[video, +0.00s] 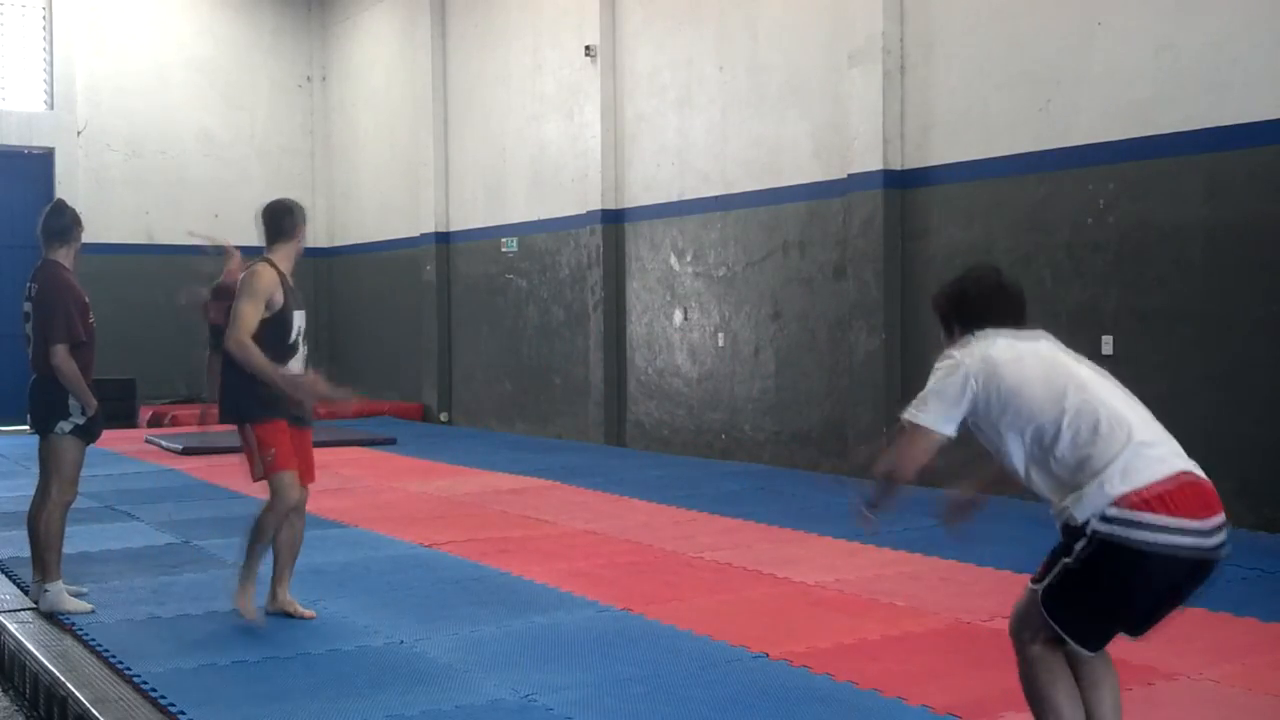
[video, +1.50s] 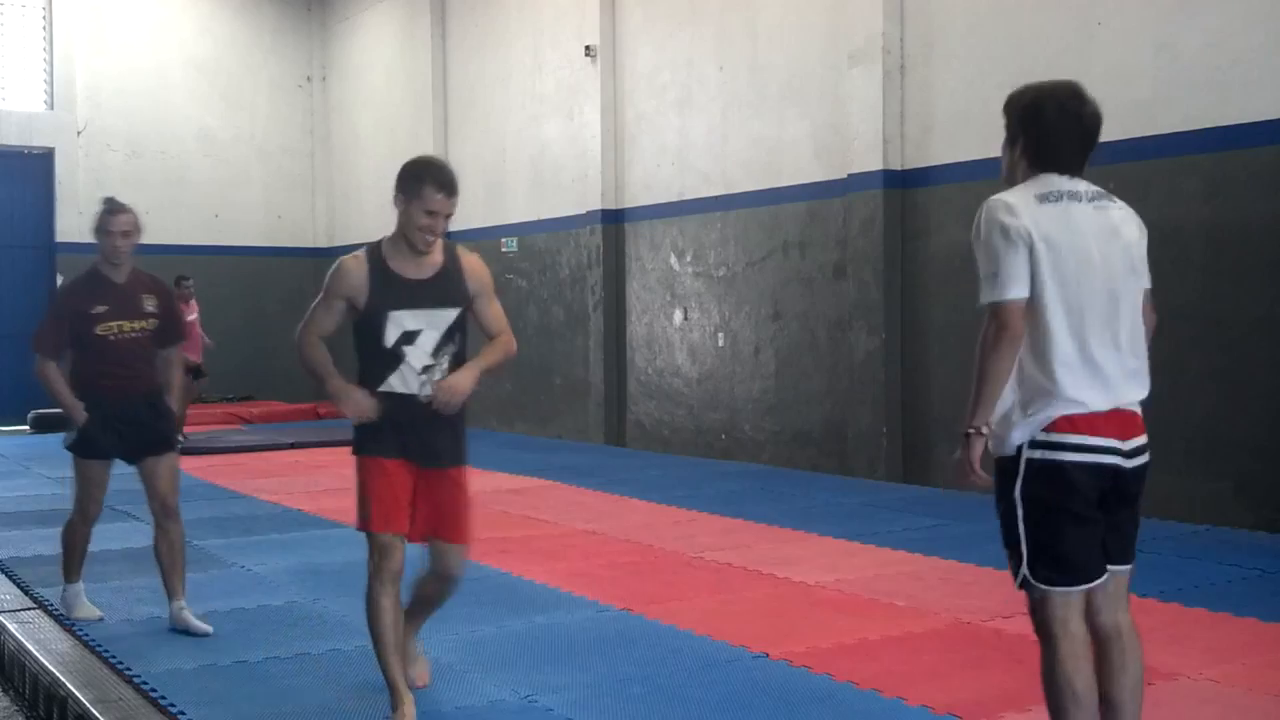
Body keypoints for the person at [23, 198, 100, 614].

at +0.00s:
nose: (84, 236)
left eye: (79, 230)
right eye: (83, 230)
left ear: (45, 235)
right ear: (78, 234)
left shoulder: (41, 277)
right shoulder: (60, 284)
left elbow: (40, 349)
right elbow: (59, 355)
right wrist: (89, 400)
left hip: (48, 393)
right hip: (64, 397)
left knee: (47, 491)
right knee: (61, 495)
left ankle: (43, 579)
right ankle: (51, 589)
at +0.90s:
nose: (87, 239)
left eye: (90, 232)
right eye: (77, 232)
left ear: (90, 236)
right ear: (55, 235)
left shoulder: (85, 282)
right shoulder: (43, 288)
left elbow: (96, 347)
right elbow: (28, 361)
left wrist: (114, 397)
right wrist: (79, 405)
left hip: (94, 398)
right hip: (61, 405)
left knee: (111, 485)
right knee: (77, 492)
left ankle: (58, 561)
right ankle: (67, 593)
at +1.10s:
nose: (80, 237)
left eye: (86, 230)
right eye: (71, 230)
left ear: (93, 232)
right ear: (55, 233)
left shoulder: (104, 280)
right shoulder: (41, 289)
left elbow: (118, 341)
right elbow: (19, 358)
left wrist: (129, 393)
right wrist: (65, 407)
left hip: (112, 402)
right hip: (67, 408)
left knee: (139, 488)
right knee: (69, 502)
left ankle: (113, 575)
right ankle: (67, 595)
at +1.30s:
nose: (92, 240)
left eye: (99, 232)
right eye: (84, 232)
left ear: (109, 234)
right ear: (69, 235)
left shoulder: (128, 285)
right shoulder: (51, 292)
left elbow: (141, 345)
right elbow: (24, 360)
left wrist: (146, 395)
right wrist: (63, 408)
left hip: (127, 404)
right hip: (77, 409)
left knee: (152, 500)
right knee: (74, 507)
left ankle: (169, 593)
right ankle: (68, 595)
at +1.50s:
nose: (119, 241)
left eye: (127, 234)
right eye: (110, 234)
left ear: (137, 238)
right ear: (97, 237)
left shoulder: (157, 291)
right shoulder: (74, 294)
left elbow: (173, 356)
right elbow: (46, 364)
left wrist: (172, 412)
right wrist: (78, 413)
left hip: (151, 412)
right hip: (95, 414)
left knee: (167, 508)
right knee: (86, 512)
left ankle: (178, 606)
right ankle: (72, 591)